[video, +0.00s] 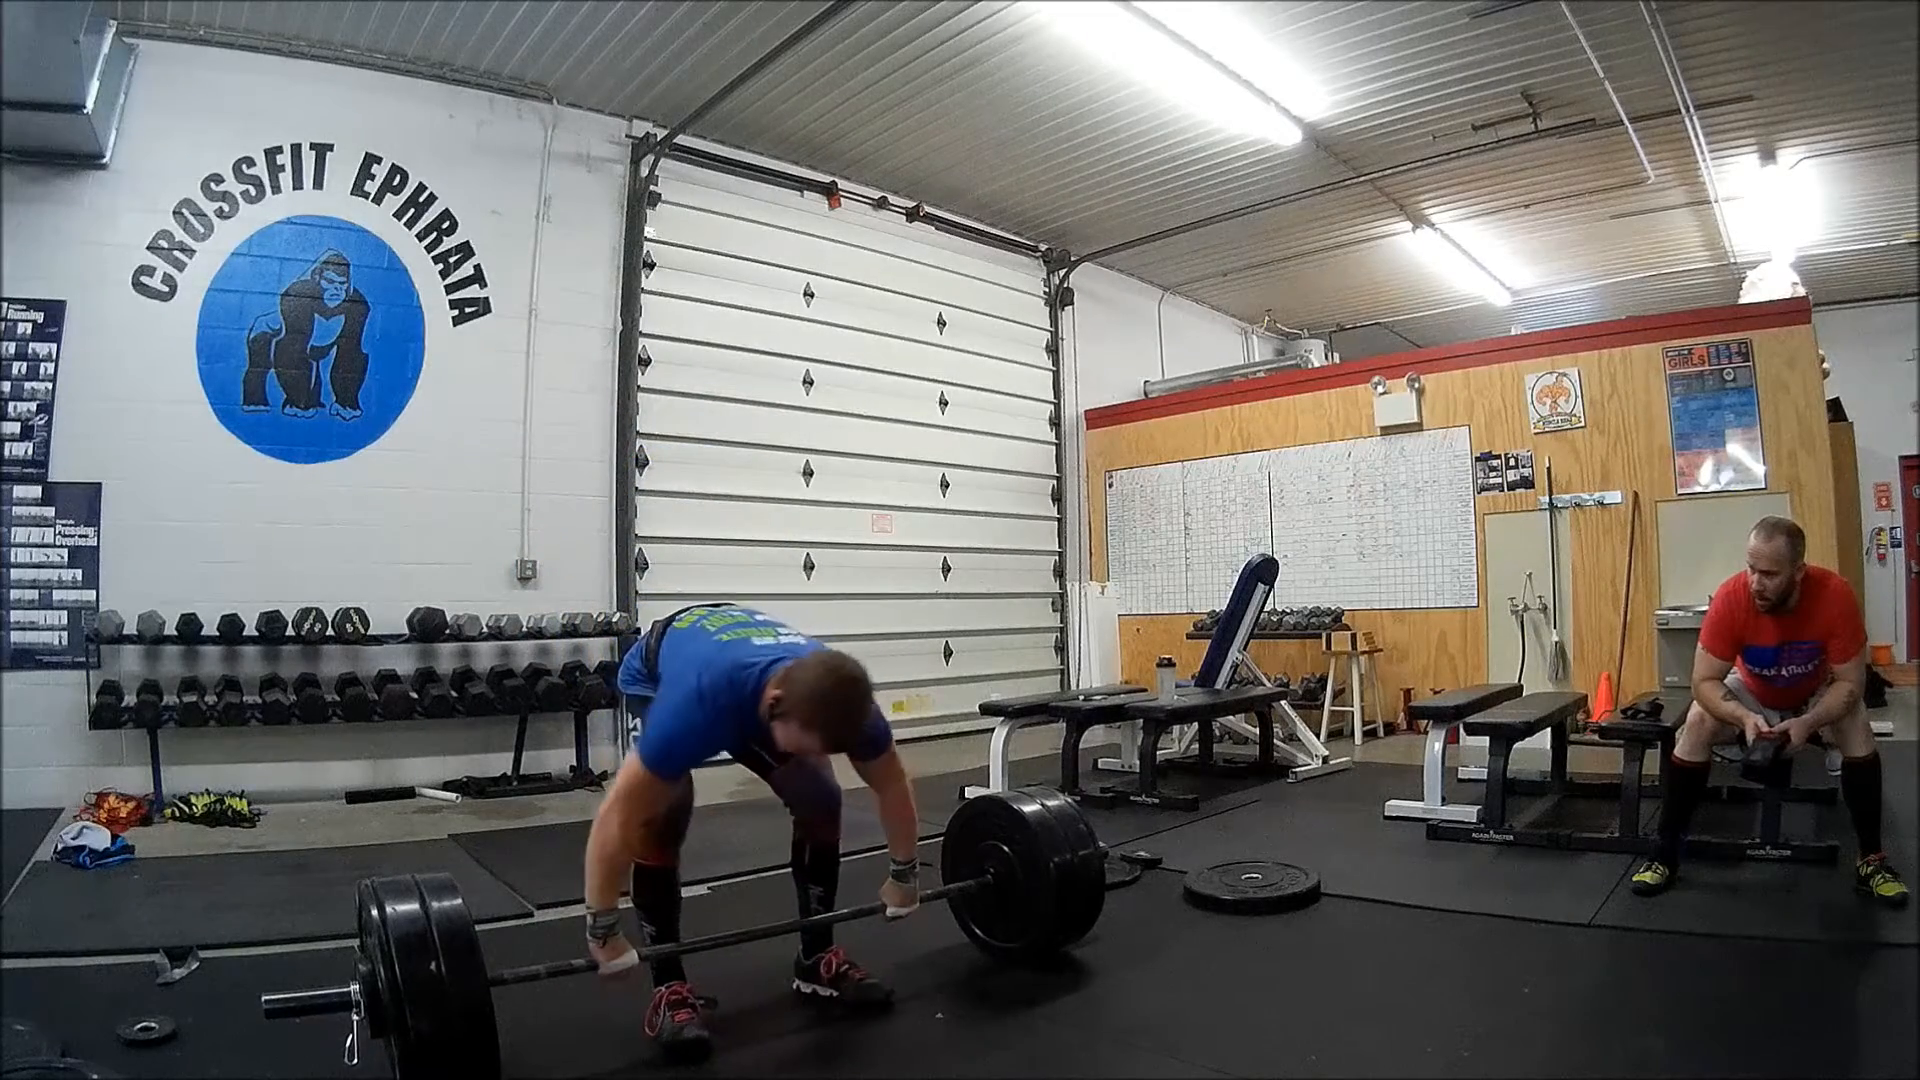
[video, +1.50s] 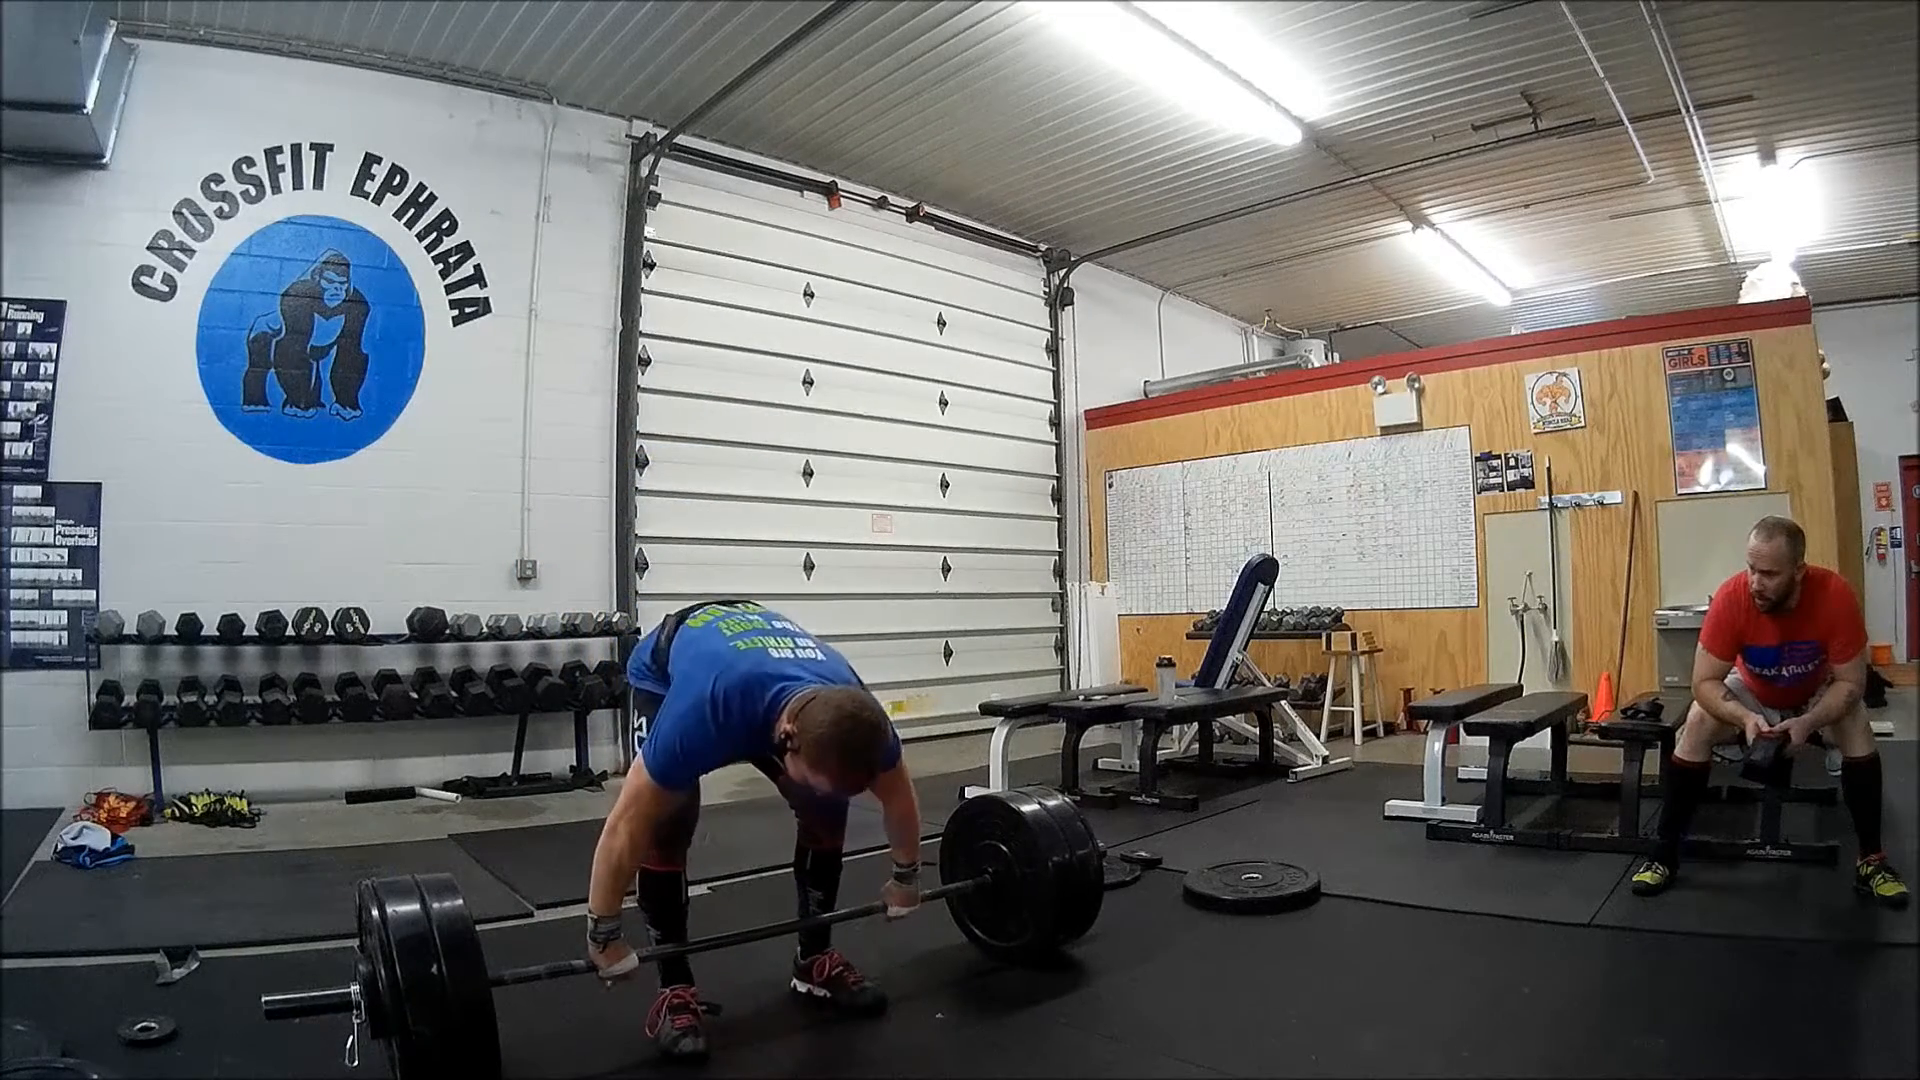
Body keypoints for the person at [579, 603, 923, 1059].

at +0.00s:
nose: (808, 762)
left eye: (822, 755)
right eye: (801, 750)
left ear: (843, 722)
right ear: (774, 703)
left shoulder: (848, 707)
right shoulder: (697, 704)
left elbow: (890, 782)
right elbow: (617, 811)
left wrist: (906, 873)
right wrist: (602, 930)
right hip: (651, 679)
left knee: (820, 800)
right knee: (665, 816)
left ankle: (817, 959)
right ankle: (670, 990)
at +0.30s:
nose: (813, 773)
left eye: (827, 766)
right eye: (805, 762)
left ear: (846, 725)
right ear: (774, 719)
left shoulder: (849, 708)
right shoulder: (691, 702)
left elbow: (892, 785)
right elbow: (617, 812)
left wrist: (904, 873)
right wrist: (603, 931)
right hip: (661, 670)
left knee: (816, 807)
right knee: (663, 824)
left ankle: (815, 960)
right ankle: (675, 989)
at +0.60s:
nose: (834, 767)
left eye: (847, 764)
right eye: (829, 758)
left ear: (878, 721)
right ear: (804, 713)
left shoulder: (866, 700)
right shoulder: (716, 707)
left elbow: (901, 791)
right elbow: (639, 824)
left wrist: (911, 877)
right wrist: (608, 931)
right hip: (670, 677)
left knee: (829, 804)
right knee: (686, 819)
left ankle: (819, 958)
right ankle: (674, 992)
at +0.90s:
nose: (806, 797)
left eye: (825, 793)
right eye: (799, 781)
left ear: (853, 752)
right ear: (773, 731)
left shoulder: (861, 726)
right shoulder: (687, 712)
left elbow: (896, 795)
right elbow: (618, 818)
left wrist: (908, 877)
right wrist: (602, 934)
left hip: (758, 644)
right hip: (656, 666)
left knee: (821, 804)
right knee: (665, 823)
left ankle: (817, 958)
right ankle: (672, 992)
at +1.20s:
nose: (836, 778)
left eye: (849, 774)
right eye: (830, 767)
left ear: (882, 730)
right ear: (803, 723)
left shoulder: (874, 712)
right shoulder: (714, 709)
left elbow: (905, 793)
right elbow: (638, 823)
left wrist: (912, 877)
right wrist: (607, 932)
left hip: (772, 657)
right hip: (676, 672)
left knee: (830, 806)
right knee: (683, 818)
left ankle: (815, 960)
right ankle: (673, 991)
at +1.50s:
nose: (820, 798)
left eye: (837, 796)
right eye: (814, 787)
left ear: (876, 750)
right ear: (789, 736)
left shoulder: (871, 729)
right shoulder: (701, 715)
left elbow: (898, 797)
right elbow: (625, 824)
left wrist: (907, 877)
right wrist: (603, 934)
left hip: (768, 643)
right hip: (667, 664)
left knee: (827, 809)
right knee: (669, 826)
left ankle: (814, 959)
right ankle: (676, 991)